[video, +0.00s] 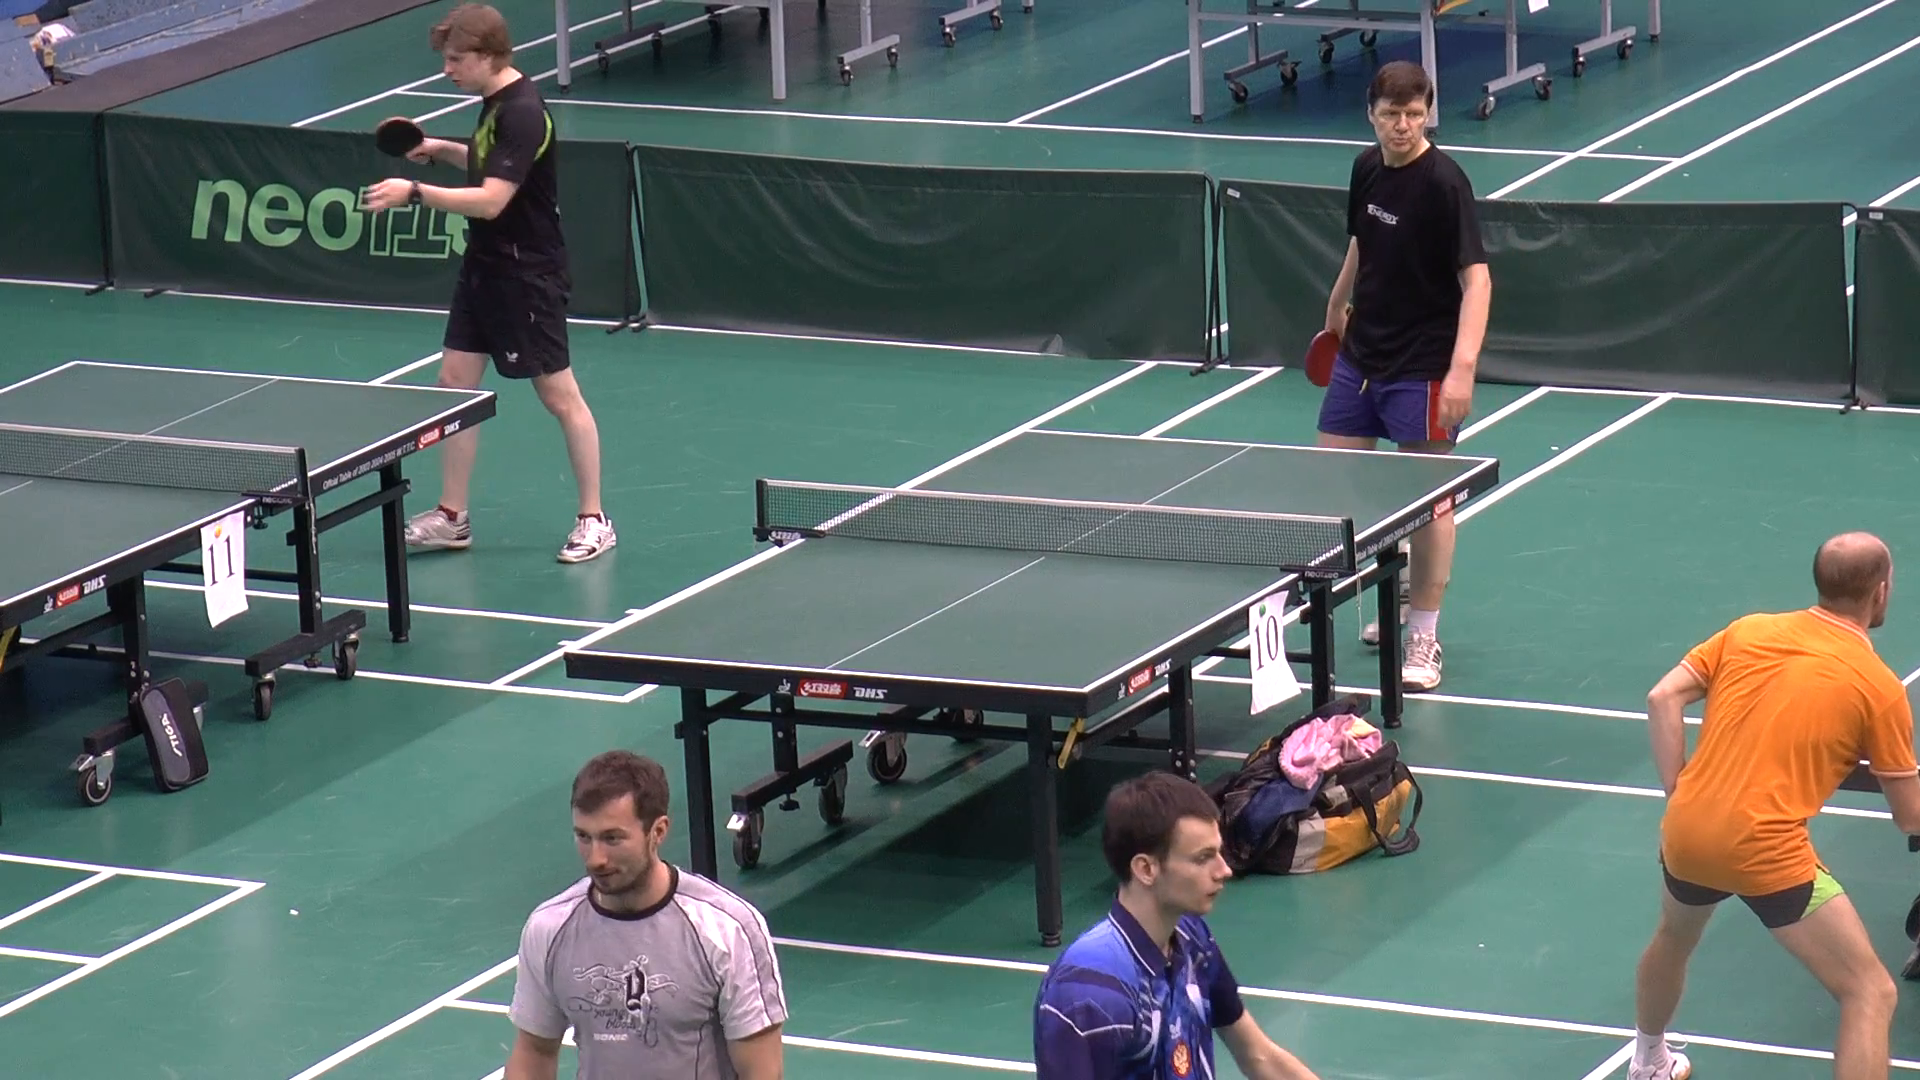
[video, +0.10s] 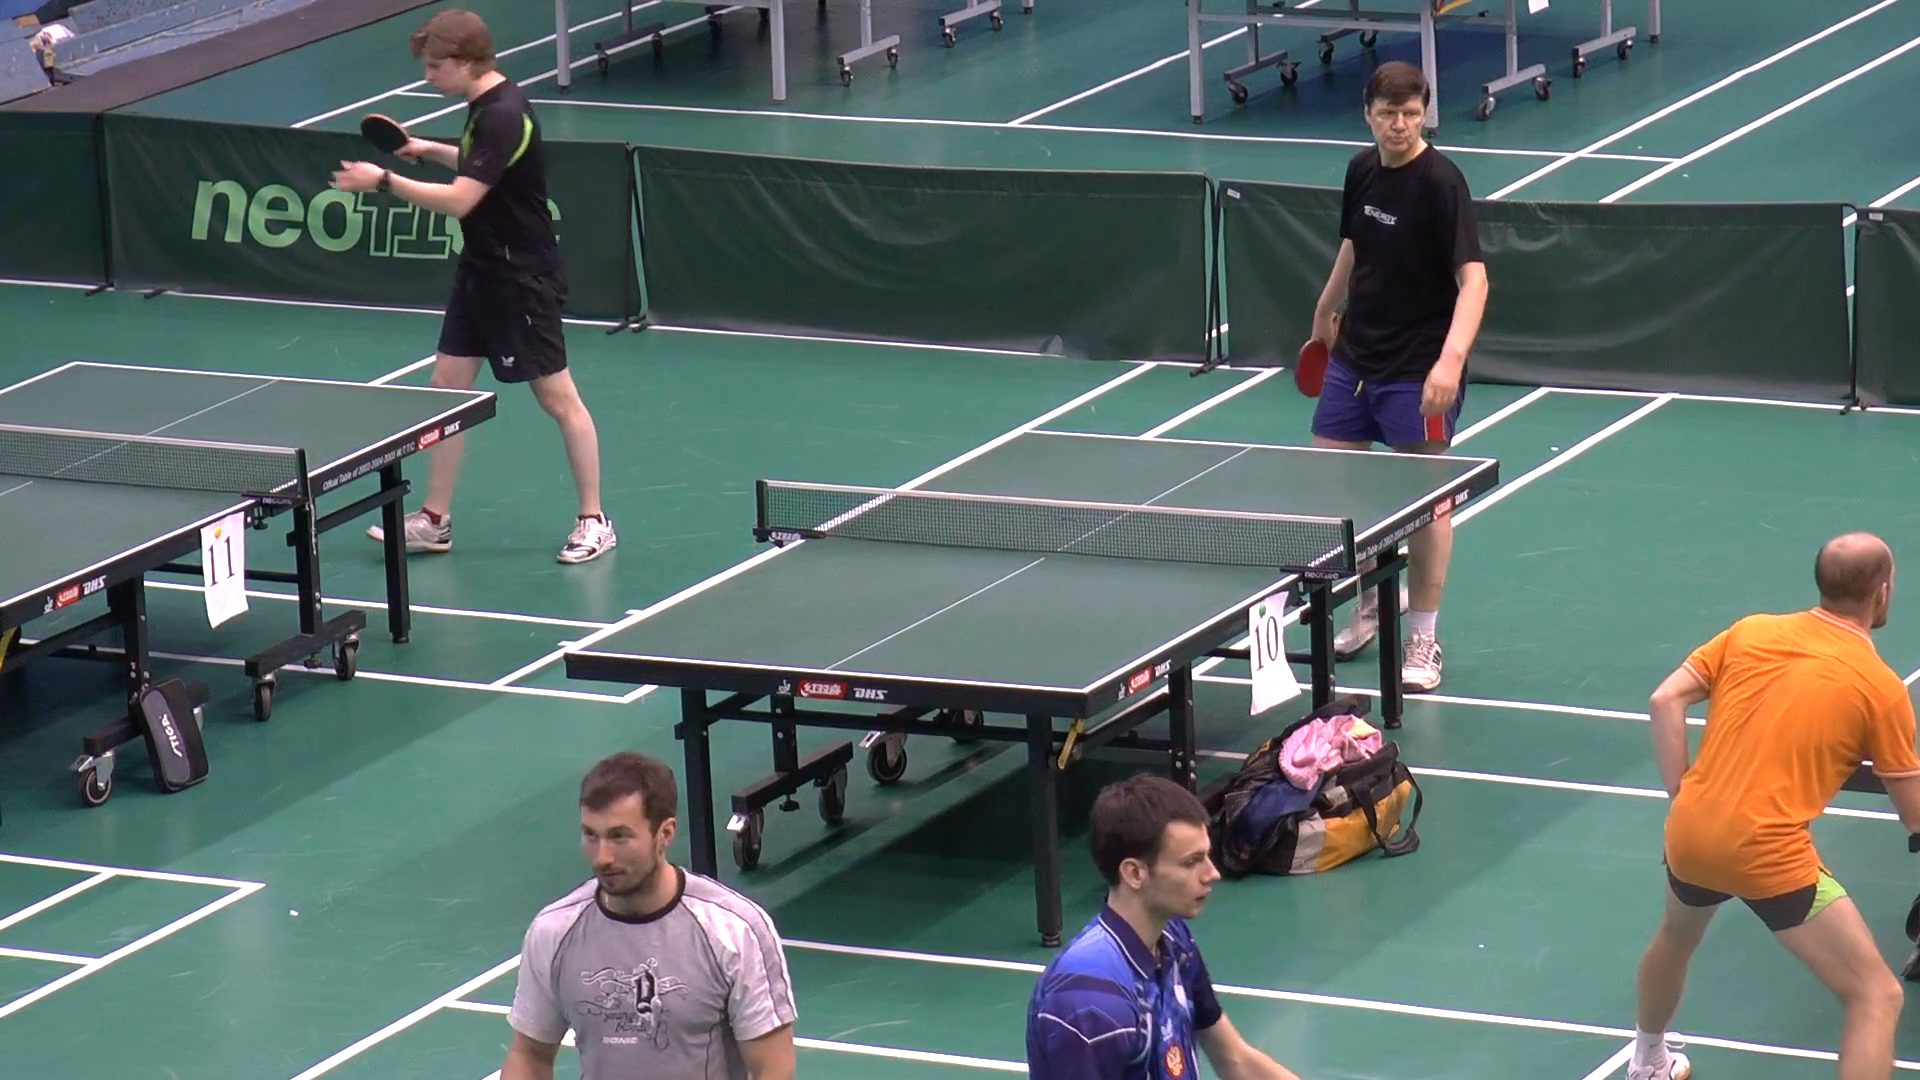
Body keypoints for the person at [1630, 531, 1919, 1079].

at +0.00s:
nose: (1889, 590)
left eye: (1888, 581)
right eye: (1889, 582)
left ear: (1820, 585)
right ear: (1879, 593)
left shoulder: (1747, 629)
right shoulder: (1879, 685)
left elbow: (1664, 696)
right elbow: (1911, 820)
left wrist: (1677, 795)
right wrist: (1875, 766)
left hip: (1685, 832)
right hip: (1766, 849)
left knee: (1671, 941)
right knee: (1870, 991)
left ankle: (1646, 1062)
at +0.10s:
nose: (1891, 588)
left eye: (1890, 579)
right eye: (1891, 580)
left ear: (1822, 586)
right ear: (1881, 593)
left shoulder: (1749, 630)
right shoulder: (1881, 687)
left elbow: (1666, 699)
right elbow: (1914, 818)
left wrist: (1681, 795)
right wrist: (1869, 764)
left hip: (1689, 834)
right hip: (1768, 853)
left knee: (1674, 940)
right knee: (1876, 993)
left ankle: (1646, 1061)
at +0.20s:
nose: (1893, 588)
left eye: (1891, 578)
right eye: (1893, 579)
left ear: (1824, 584)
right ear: (1884, 590)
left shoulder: (1754, 634)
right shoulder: (1889, 684)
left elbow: (1672, 706)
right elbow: (1913, 783)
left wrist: (1689, 802)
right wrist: (1850, 765)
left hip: (1703, 841)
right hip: (1785, 857)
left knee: (1680, 943)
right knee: (1891, 999)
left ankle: (1647, 1061)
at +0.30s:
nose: (1891, 561)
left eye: (1886, 550)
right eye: (1890, 552)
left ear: (1819, 561)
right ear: (1881, 561)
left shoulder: (1754, 620)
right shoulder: (1902, 657)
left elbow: (1680, 710)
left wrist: (1708, 797)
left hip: (1730, 830)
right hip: (1819, 843)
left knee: (1695, 943)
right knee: (1905, 987)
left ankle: (1664, 1060)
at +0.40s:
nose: (1883, 555)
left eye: (1881, 545)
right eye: (1883, 547)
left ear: (1810, 556)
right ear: (1875, 557)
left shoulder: (1754, 619)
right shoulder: (1903, 648)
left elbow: (1687, 722)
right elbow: (1908, 750)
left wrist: (1736, 771)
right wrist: (1891, 753)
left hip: (1747, 836)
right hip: (1840, 846)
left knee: (1709, 937)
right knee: (1915, 943)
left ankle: (1673, 1065)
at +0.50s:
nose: (1876, 571)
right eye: (1876, 564)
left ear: (1806, 574)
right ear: (1871, 574)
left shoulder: (1761, 638)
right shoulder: (1906, 663)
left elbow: (1706, 722)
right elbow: (1909, 797)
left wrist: (1744, 713)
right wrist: (1875, 787)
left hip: (1765, 854)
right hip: (1863, 859)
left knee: (1714, 938)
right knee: (1913, 947)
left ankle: (1675, 1065)